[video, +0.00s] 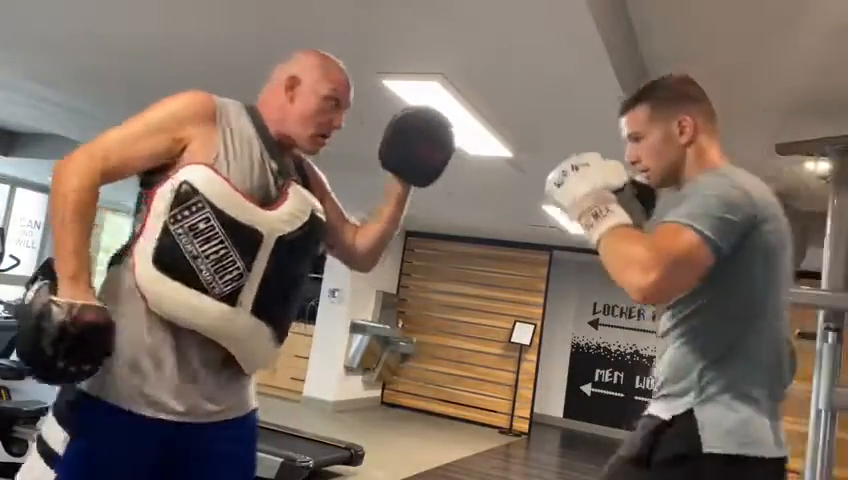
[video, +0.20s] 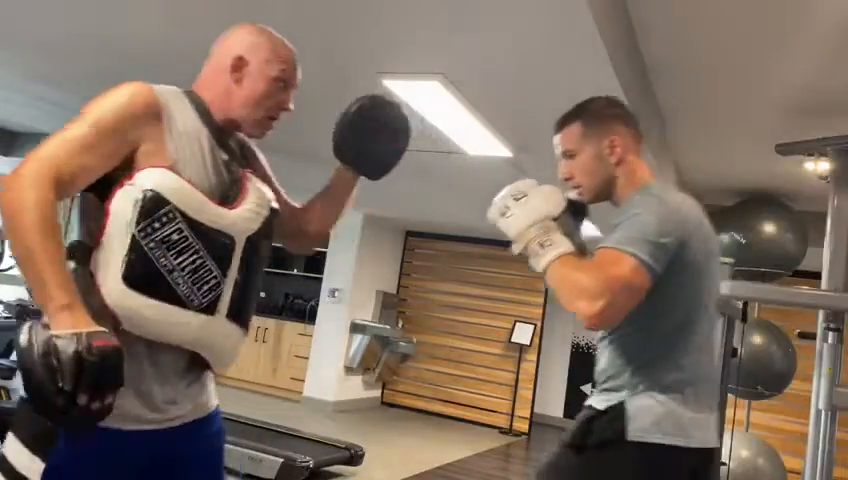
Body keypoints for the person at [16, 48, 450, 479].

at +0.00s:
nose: (340, 121)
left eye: (345, 111)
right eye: (332, 103)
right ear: (285, 89)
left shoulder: (307, 179)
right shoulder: (201, 115)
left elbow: (361, 251)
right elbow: (77, 169)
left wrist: (401, 185)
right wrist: (75, 291)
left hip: (224, 418)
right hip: (126, 404)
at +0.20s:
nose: (289, 105)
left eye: (293, 92)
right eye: (283, 82)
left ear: (240, 73)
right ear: (238, 67)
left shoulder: (248, 157)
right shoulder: (144, 106)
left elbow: (304, 233)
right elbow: (27, 185)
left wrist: (354, 161)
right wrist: (66, 313)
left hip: (194, 416)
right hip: (107, 417)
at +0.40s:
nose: (263, 88)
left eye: (266, 74)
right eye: (258, 69)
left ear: (217, 55)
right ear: (216, 53)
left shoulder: (210, 141)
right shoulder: (118, 90)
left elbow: (260, 208)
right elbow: (13, 169)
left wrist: (318, 146)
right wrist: (56, 325)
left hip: (164, 401)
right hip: (84, 407)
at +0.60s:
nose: (274, 100)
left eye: (276, 86)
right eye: (271, 82)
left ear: (232, 66)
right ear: (234, 63)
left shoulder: (212, 155)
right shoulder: (139, 94)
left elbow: (246, 214)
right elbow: (35, 179)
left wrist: (304, 162)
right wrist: (78, 338)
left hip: (154, 404)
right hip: (72, 403)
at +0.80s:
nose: (304, 128)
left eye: (308, 117)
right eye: (304, 111)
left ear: (268, 96)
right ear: (274, 93)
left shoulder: (248, 175)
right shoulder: (191, 109)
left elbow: (266, 237)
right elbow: (90, 172)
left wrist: (320, 194)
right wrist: (107, 325)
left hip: (177, 412)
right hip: (102, 408)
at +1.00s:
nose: (325, 137)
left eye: (329, 126)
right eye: (324, 121)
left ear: (295, 105)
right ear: (298, 103)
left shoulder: (275, 183)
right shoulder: (230, 111)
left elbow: (291, 241)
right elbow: (140, 161)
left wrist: (343, 198)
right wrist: (166, 299)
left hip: (196, 392)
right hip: (137, 378)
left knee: (187, 473)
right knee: (104, 474)